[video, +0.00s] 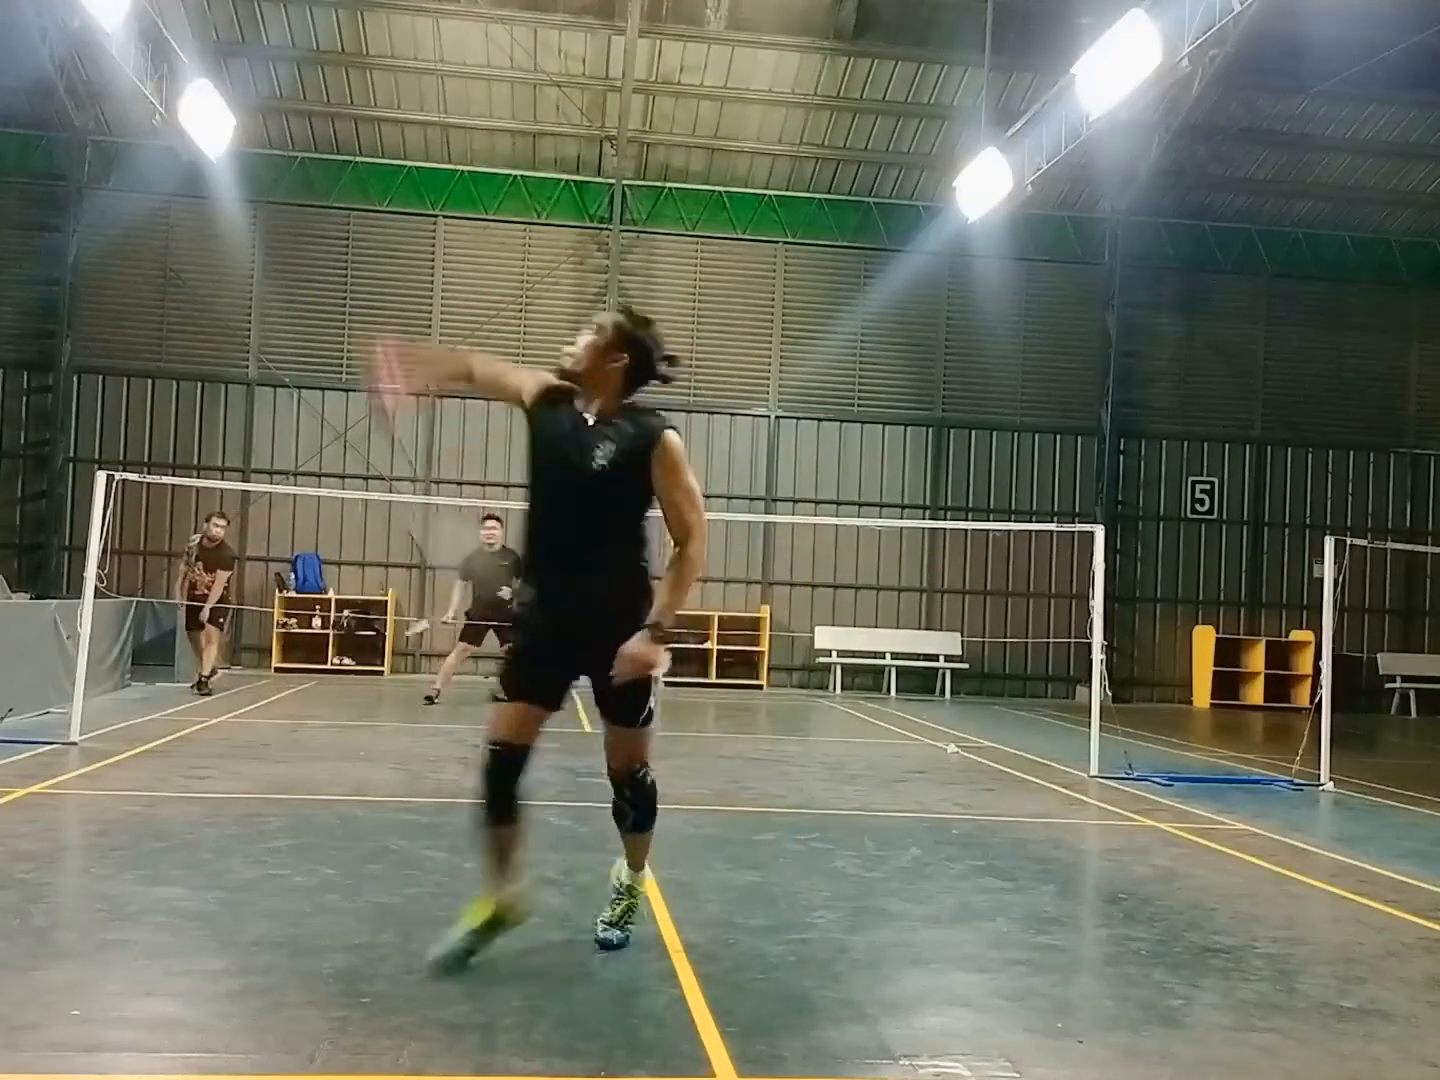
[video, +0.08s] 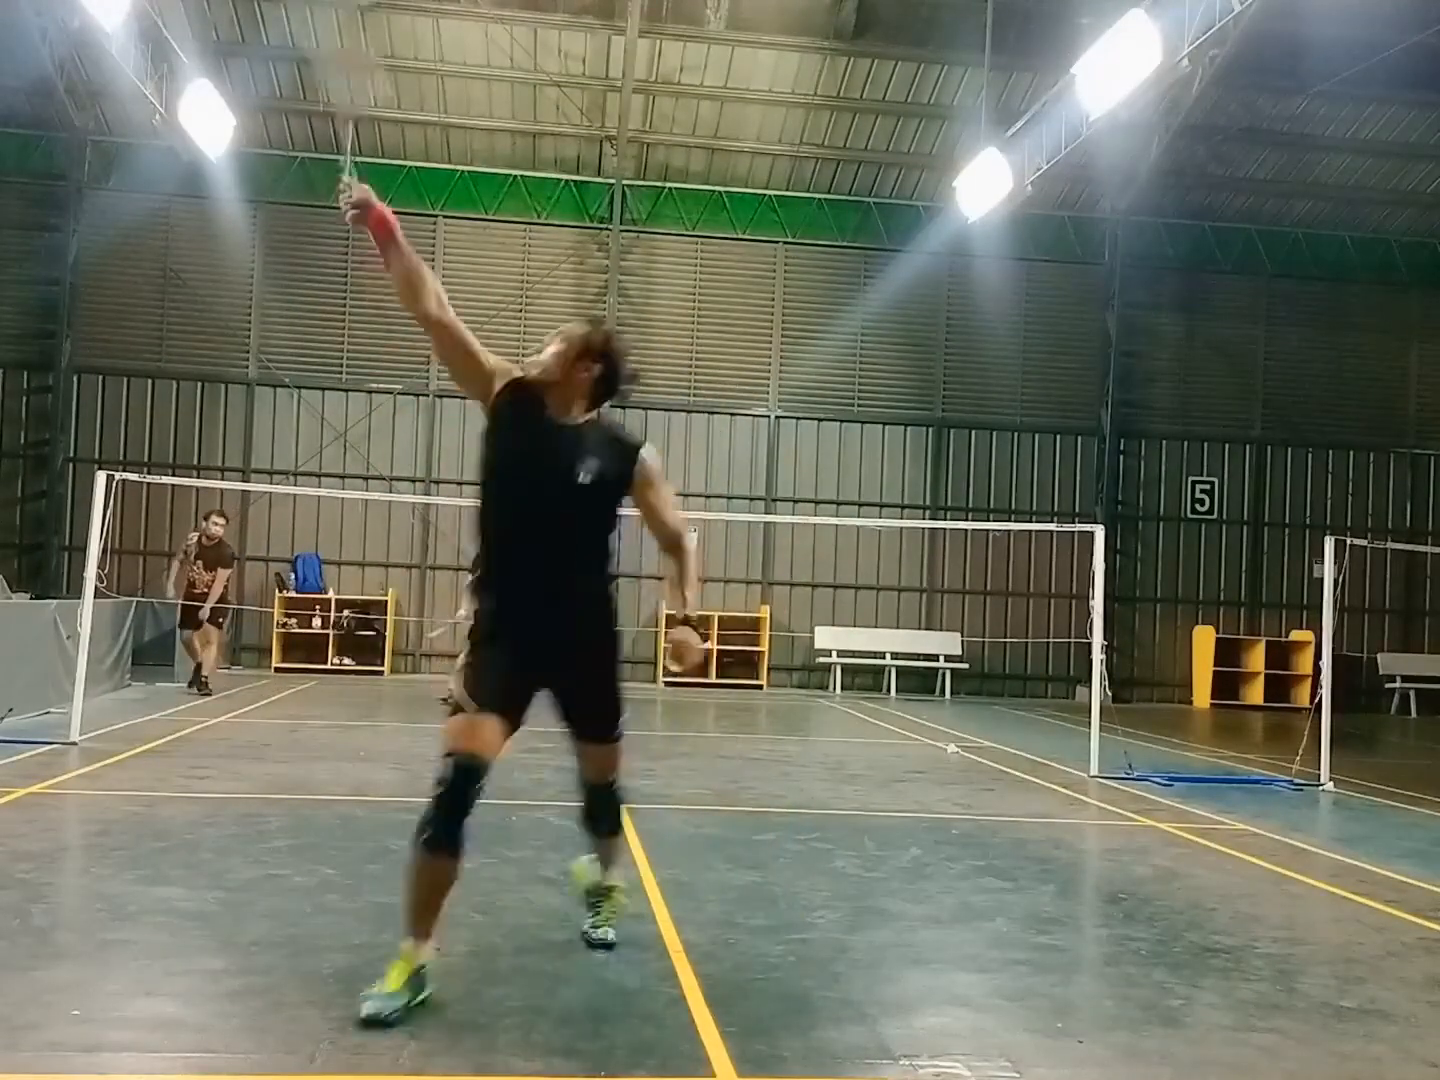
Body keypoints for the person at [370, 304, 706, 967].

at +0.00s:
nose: (577, 340)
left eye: (591, 335)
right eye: (585, 331)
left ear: (616, 358)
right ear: (603, 355)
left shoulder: (654, 440)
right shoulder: (545, 396)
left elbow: (690, 543)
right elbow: (472, 369)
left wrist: (656, 631)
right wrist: (405, 365)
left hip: (619, 625)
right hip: (547, 616)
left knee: (628, 775)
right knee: (500, 762)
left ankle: (633, 879)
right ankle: (502, 895)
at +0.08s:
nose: (546, 344)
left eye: (563, 342)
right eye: (555, 338)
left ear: (588, 371)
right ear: (557, 361)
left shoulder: (621, 450)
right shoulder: (505, 397)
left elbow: (680, 535)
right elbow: (431, 311)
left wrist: (681, 615)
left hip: (586, 635)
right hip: (505, 628)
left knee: (603, 789)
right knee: (454, 787)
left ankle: (600, 878)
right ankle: (412, 956)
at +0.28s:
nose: (500, 337)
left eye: (516, 333)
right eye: (505, 330)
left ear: (547, 361)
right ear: (509, 357)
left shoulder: (582, 454)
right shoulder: (454, 412)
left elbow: (629, 559)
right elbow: (354, 381)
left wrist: (669, 661)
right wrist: (342, 281)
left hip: (532, 651)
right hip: (444, 642)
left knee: (542, 827)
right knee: (414, 810)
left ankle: (554, 879)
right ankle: (394, 959)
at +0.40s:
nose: (495, 309)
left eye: (511, 303)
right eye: (501, 301)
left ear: (543, 330)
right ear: (512, 328)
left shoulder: (584, 426)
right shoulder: (451, 399)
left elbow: (621, 537)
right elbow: (355, 431)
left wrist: (634, 648)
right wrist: (315, 387)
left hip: (533, 635)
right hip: (442, 627)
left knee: (522, 828)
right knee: (406, 801)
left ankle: (529, 909)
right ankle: (389, 958)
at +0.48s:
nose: (493, 295)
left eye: (508, 289)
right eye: (502, 287)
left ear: (540, 318)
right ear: (516, 319)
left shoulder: (586, 410)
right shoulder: (455, 393)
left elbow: (619, 525)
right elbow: (395, 479)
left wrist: (620, 638)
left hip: (532, 620)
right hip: (446, 614)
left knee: (516, 796)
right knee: (412, 791)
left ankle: (544, 967)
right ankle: (390, 956)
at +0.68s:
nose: (482, 317)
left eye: (491, 305)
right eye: (487, 304)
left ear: (519, 317)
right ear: (522, 321)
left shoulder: (589, 412)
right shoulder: (487, 417)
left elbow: (627, 530)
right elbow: (453, 529)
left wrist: (621, 644)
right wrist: (407, 628)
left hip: (556, 629)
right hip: (480, 624)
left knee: (529, 798)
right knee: (440, 788)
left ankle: (578, 1002)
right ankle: (405, 958)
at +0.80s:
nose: (493, 320)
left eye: (499, 307)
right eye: (499, 307)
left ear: (517, 317)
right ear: (554, 318)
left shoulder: (563, 396)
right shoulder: (536, 401)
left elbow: (615, 507)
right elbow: (520, 522)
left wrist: (613, 634)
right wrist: (466, 596)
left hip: (566, 625)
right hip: (523, 620)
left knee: (547, 793)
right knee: (492, 774)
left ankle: (580, 1000)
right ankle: (489, 964)